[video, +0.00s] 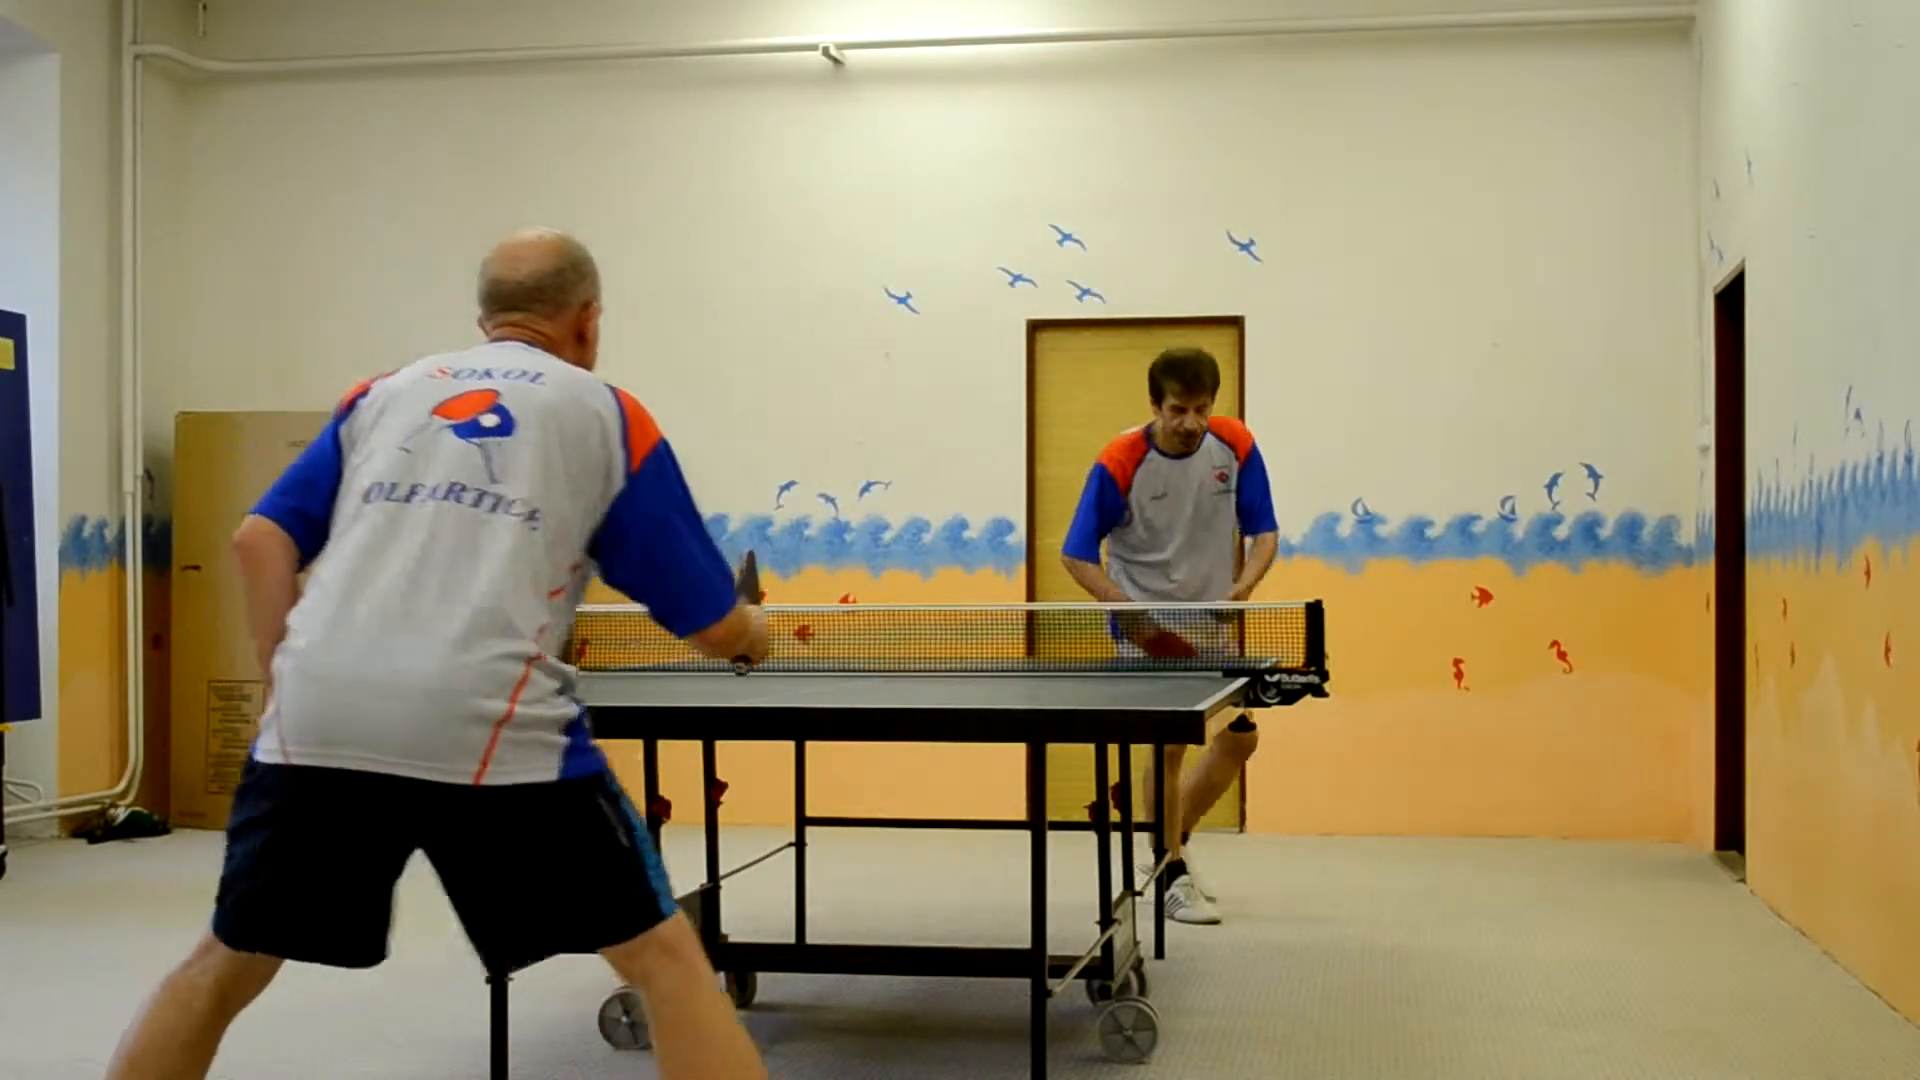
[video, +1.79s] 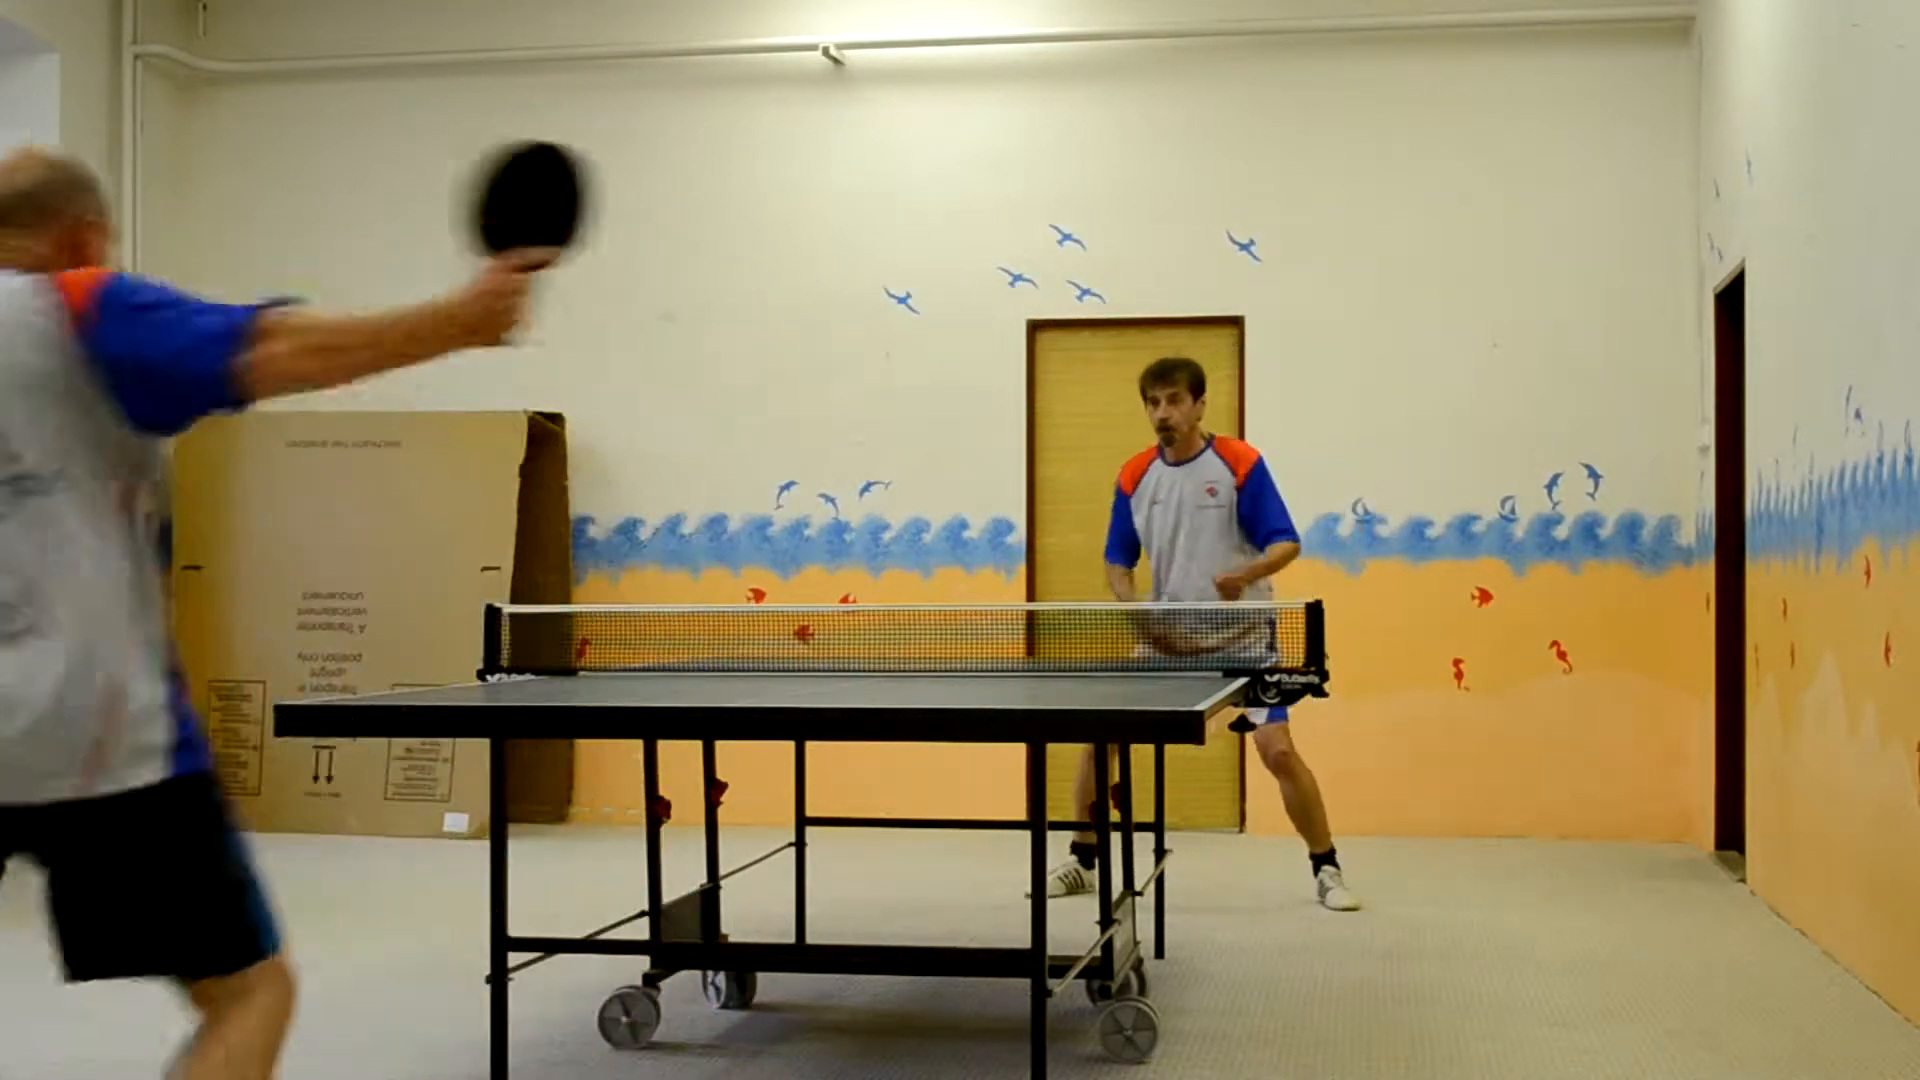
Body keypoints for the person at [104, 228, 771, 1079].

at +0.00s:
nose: (602, 336)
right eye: (599, 319)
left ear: (481, 319)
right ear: (585, 323)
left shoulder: (379, 398)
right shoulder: (608, 418)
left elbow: (262, 538)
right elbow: (715, 625)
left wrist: (284, 684)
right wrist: (750, 631)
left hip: (317, 720)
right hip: (497, 729)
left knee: (221, 966)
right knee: (666, 963)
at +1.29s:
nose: (600, 328)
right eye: (596, 313)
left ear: (482, 312)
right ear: (586, 319)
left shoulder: (383, 388)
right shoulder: (621, 416)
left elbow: (254, 536)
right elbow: (686, 627)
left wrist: (276, 701)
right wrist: (655, 686)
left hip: (331, 728)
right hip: (517, 734)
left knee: (203, 963)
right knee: (683, 961)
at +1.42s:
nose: (464, 348)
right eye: (467, 335)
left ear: (357, 337)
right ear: (462, 342)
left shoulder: (282, 424)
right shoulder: (532, 440)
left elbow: (144, 602)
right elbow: (587, 651)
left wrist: (136, 774)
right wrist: (492, 724)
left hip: (302, 772)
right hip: (490, 772)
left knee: (154, 963)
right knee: (647, 978)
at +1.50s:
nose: (363, 355)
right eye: (366, 340)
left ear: (245, 340)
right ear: (359, 342)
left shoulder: (176, 430)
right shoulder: (427, 440)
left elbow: (41, 626)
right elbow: (486, 635)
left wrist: (14, 742)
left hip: (224, 782)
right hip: (417, 780)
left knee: (105, 965)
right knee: (582, 993)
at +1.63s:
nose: (259, 312)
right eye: (261, 300)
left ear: (146, 284)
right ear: (247, 294)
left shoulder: (29, 389)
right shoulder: (264, 354)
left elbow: (12, 575)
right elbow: (413, 494)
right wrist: (520, 504)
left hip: (57, 739)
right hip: (233, 722)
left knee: (44, 946)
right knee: (422, 936)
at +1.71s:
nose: (177, 267)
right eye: (177, 253)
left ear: (61, 250)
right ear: (168, 250)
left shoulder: (13, 342)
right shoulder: (190, 313)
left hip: (10, 716)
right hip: (158, 706)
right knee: (323, 933)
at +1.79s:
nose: (106, 246)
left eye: (99, 234)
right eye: (100, 233)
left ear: (11, 235)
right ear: (79, 233)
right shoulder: (81, 310)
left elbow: (248, 354)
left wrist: (448, 323)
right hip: (90, 721)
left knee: (248, 993)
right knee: (249, 991)